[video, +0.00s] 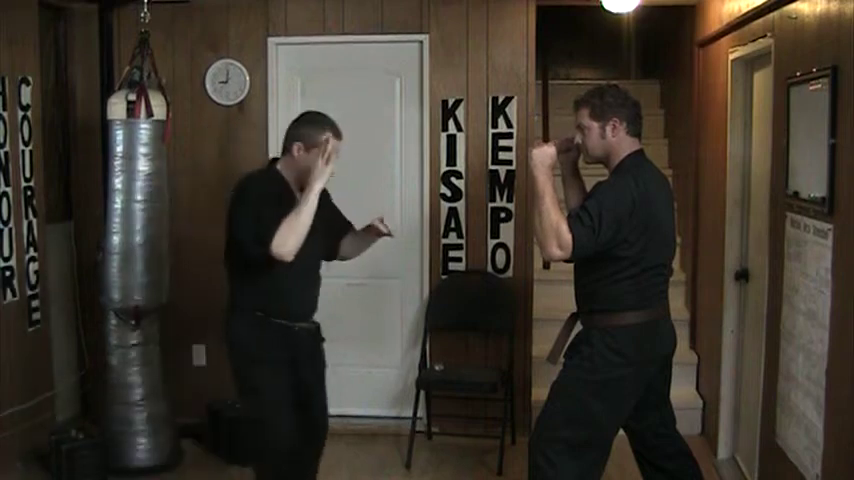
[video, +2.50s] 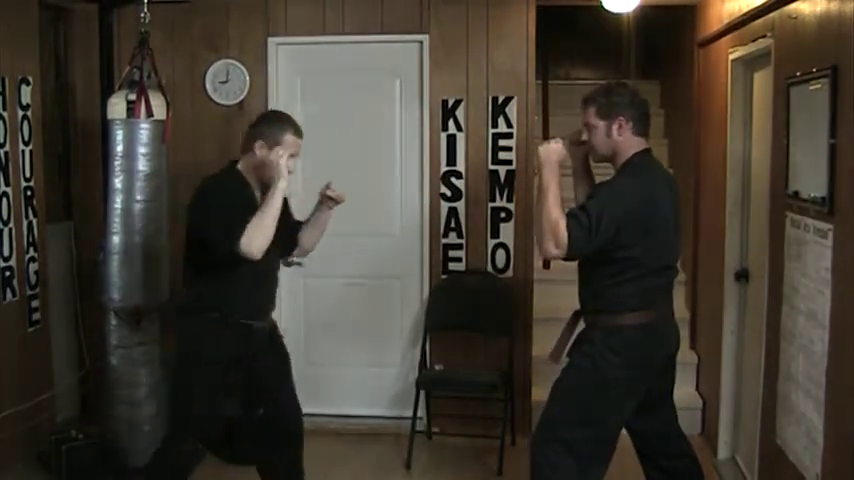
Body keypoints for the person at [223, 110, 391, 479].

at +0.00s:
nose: (329, 164)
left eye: (332, 156)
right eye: (324, 154)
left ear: (305, 152)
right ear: (297, 150)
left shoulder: (311, 193)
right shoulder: (255, 189)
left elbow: (338, 247)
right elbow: (284, 248)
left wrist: (367, 235)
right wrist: (314, 188)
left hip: (303, 334)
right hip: (259, 335)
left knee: (313, 430)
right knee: (277, 436)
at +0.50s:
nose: (430, 179)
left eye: (434, 170)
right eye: (425, 168)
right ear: (395, 159)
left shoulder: (425, 211)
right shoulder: (346, 197)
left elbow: (474, 249)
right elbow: (347, 260)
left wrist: (519, 273)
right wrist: (394, 200)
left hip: (396, 343)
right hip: (341, 342)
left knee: (439, 449)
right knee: (332, 454)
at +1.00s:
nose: (398, 169)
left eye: (400, 160)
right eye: (390, 159)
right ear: (359, 153)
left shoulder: (386, 204)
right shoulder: (319, 199)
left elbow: (425, 253)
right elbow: (337, 263)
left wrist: (468, 263)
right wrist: (379, 203)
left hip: (380, 341)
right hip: (329, 342)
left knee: (426, 443)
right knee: (328, 454)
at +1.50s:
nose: (332, 156)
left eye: (336, 148)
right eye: (327, 146)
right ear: (299, 140)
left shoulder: (321, 188)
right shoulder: (255, 180)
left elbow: (361, 232)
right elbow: (269, 240)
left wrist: (386, 193)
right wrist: (306, 179)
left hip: (299, 326)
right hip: (255, 325)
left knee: (302, 429)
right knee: (269, 430)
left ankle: (292, 477)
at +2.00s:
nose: (253, 172)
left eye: (256, 164)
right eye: (247, 162)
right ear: (218, 154)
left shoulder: (238, 202)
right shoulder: (177, 196)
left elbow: (277, 253)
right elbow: (205, 254)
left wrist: (299, 213)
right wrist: (260, 208)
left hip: (228, 339)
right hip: (179, 338)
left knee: (270, 427)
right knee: (155, 433)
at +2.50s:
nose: (291, 167)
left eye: (294, 158)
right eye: (288, 156)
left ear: (267, 153)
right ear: (259, 149)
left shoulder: (266, 194)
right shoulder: (217, 190)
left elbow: (295, 247)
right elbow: (252, 247)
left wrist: (323, 211)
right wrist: (278, 188)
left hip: (259, 334)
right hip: (212, 334)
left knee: (283, 434)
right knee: (190, 437)